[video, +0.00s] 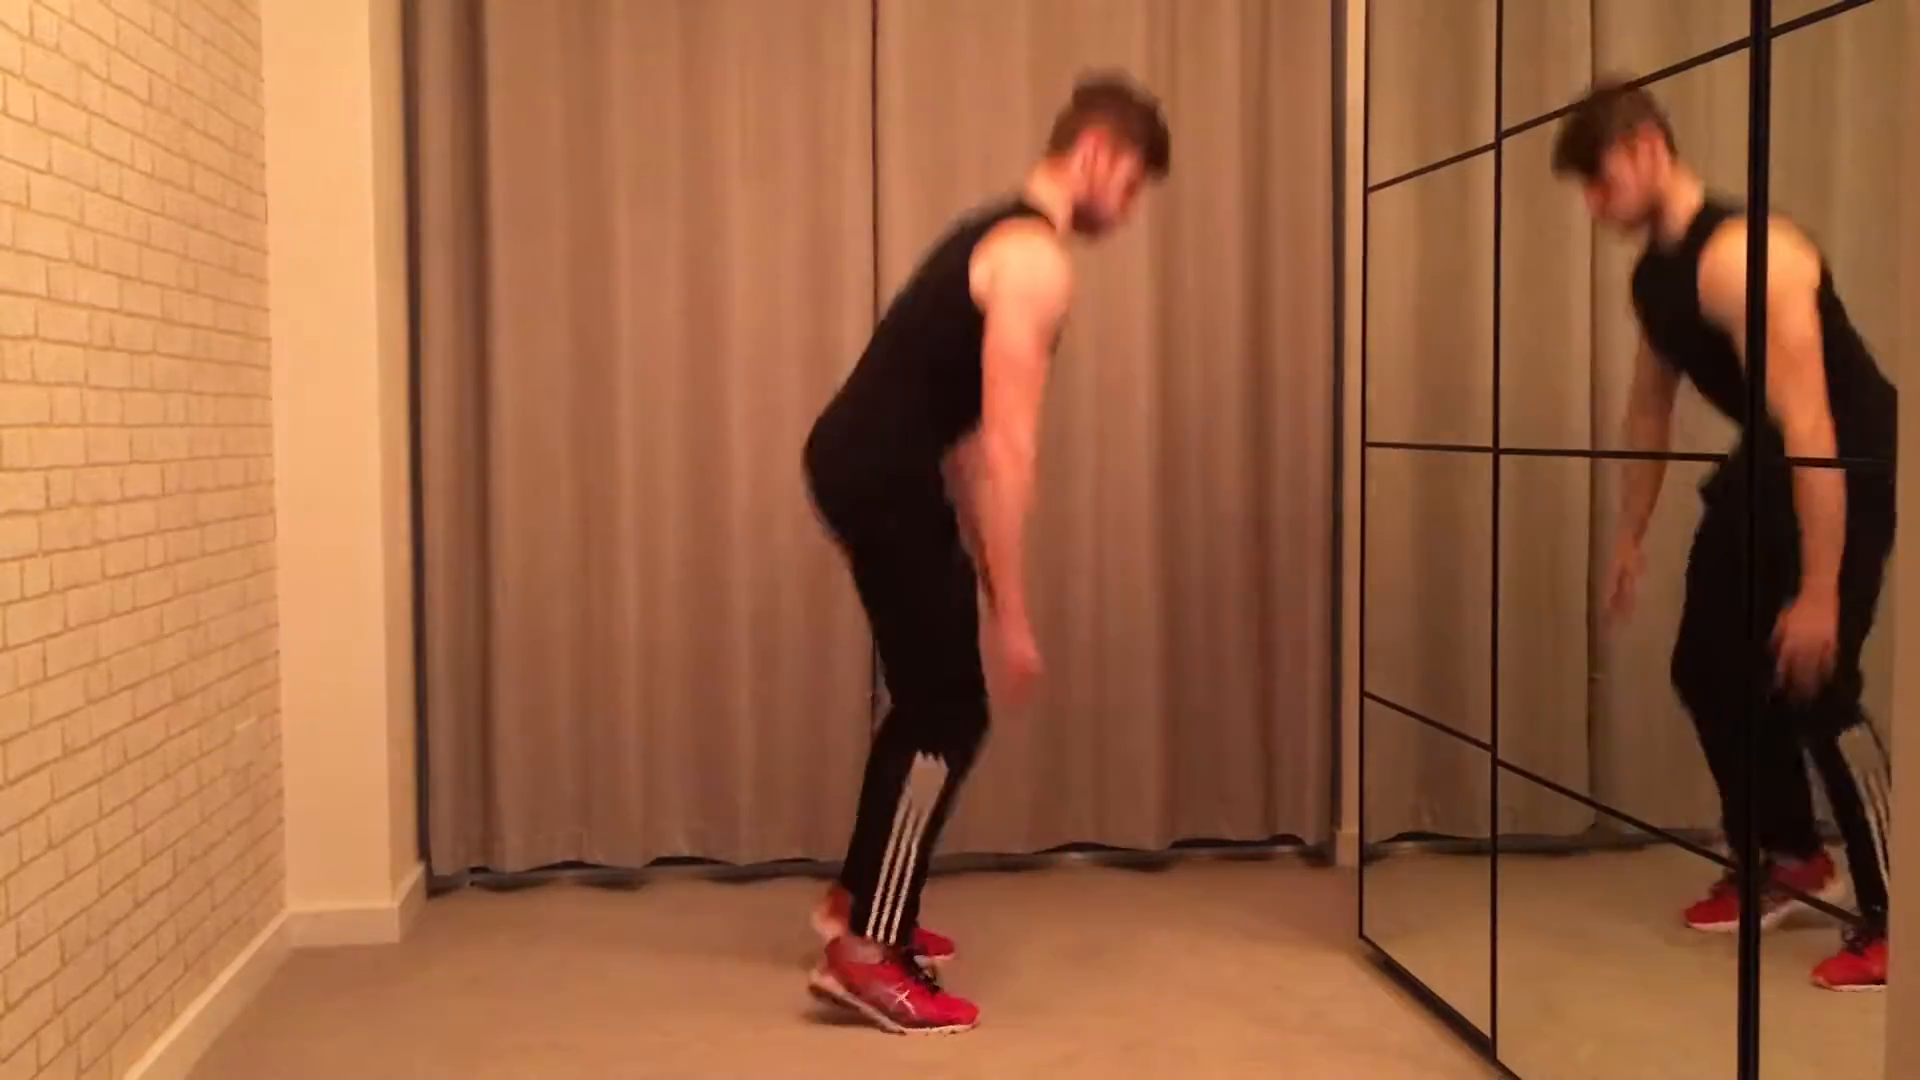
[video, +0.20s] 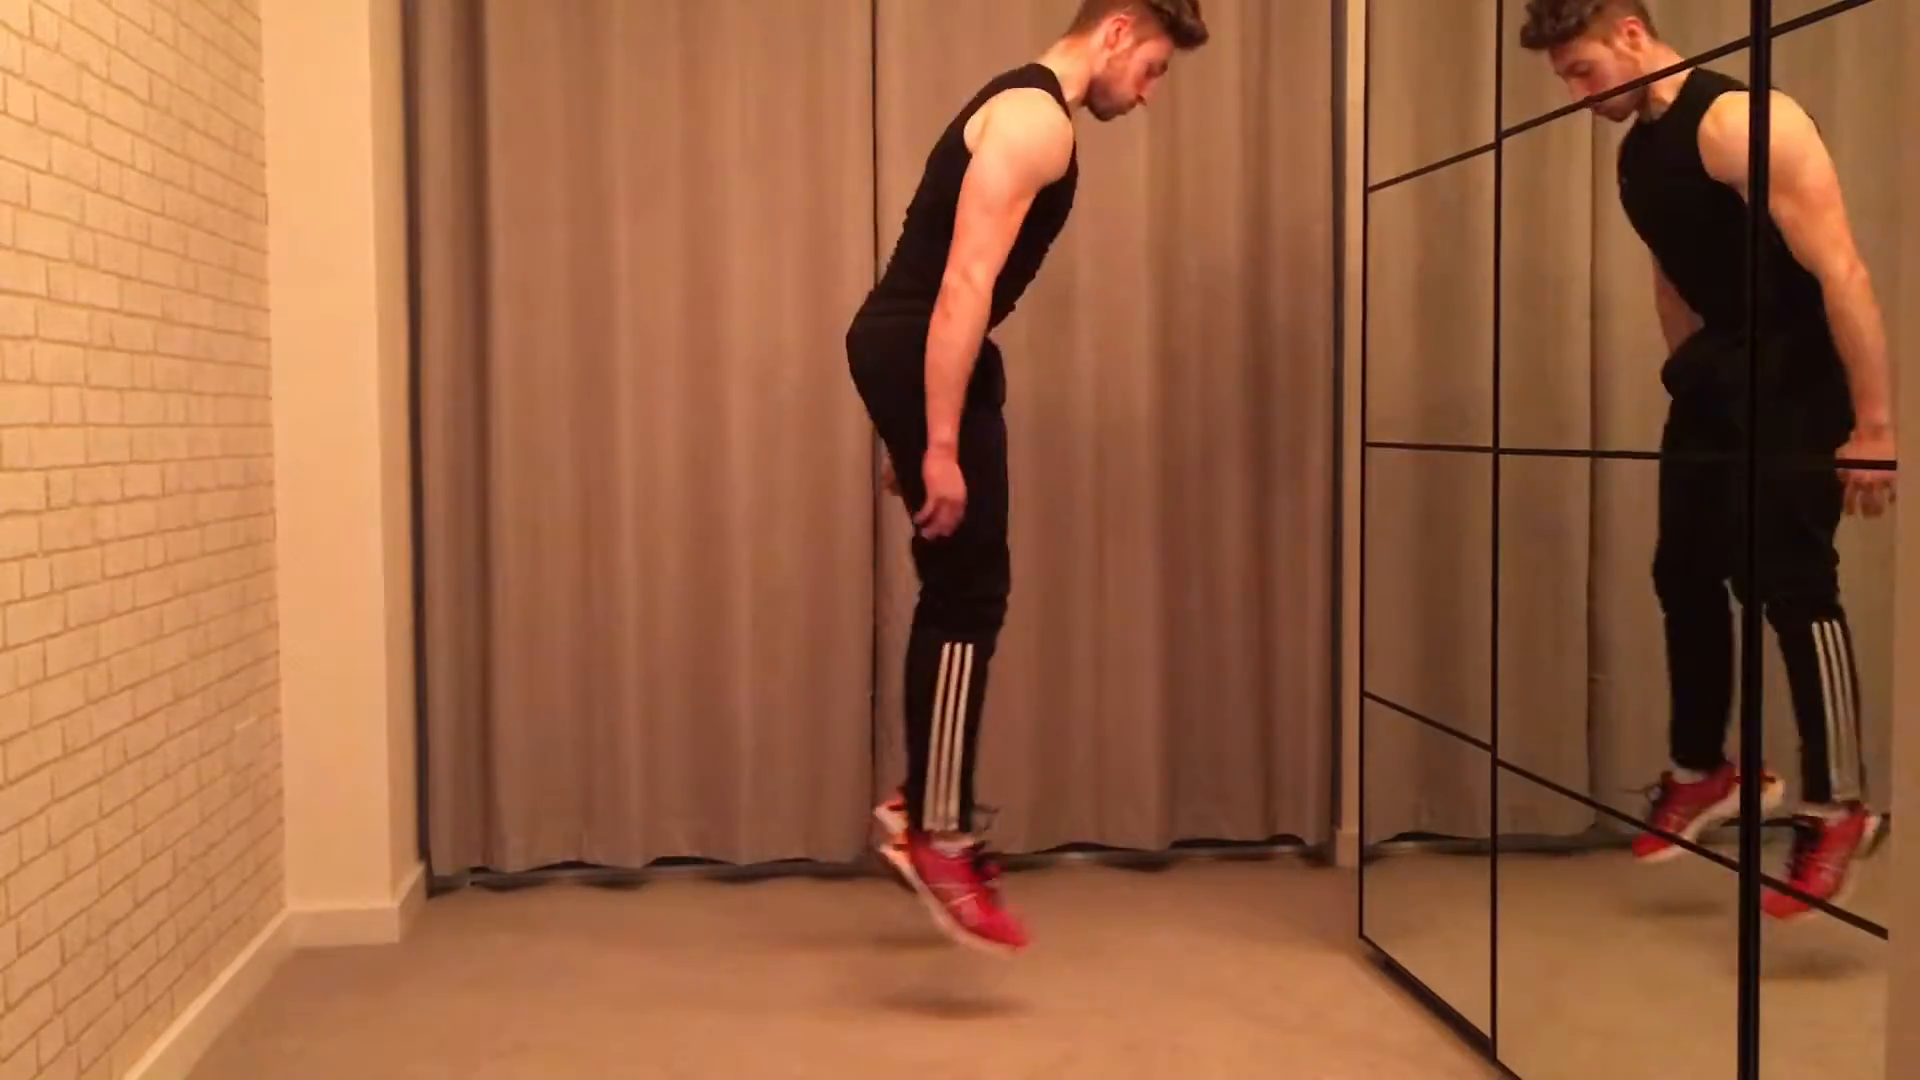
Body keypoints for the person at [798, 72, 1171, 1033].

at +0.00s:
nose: (1134, 199)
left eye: (1142, 181)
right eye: (1136, 175)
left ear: (1087, 151)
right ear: (1096, 149)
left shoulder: (1006, 233)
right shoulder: (1032, 256)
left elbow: (959, 423)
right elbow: (1002, 445)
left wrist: (974, 539)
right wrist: (1011, 614)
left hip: (869, 465)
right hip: (886, 477)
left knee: (926, 699)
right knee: (950, 708)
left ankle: (865, 900)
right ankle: (865, 947)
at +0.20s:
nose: (1149, 92)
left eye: (1160, 76)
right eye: (1154, 68)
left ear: (1104, 32)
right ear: (1115, 30)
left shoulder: (1026, 108)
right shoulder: (1032, 121)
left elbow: (960, 281)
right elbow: (964, 289)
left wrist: (945, 432)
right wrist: (941, 446)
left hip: (928, 353)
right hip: (933, 362)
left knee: (957, 593)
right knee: (968, 596)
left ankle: (917, 807)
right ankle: (938, 835)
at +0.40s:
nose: (1191, 219)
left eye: (1200, 203)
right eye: (1194, 197)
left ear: (1154, 168)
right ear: (1156, 166)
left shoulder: (1062, 226)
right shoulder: (1058, 239)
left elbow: (947, 368)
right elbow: (970, 391)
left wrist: (895, 512)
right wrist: (930, 537)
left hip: (921, 437)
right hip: (929, 447)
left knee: (1018, 659)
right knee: (1021, 663)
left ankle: (1048, 878)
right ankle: (1050, 899)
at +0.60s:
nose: (1200, 476)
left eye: (1207, 458)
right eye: (1202, 454)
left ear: (1157, 427)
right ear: (1162, 429)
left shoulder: (1060, 479)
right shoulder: (1068, 514)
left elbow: (934, 596)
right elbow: (983, 674)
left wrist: (899, 751)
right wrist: (931, 817)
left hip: (889, 646)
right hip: (905, 661)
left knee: (1108, 722)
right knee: (1127, 738)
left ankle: (1039, 911)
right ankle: (1054, 954)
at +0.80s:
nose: (1129, 585)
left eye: (1134, 570)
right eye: (1125, 566)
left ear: (1073, 555)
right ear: (1078, 553)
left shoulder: (996, 609)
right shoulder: (1020, 653)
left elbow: (919, 743)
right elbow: (943, 823)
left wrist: (873, 870)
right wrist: (893, 976)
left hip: (888, 824)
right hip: (907, 848)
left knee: (1096, 703)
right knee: (1112, 733)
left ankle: (1035, 920)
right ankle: (1053, 956)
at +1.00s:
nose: (906, 622)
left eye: (904, 604)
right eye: (892, 605)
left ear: (840, 614)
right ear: (842, 612)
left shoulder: (826, 682)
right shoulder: (842, 696)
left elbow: (845, 852)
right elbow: (828, 871)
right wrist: (861, 1008)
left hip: (914, 920)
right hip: (929, 943)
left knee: (1028, 694)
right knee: (1045, 729)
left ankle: (1063, 904)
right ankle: (1155, 917)